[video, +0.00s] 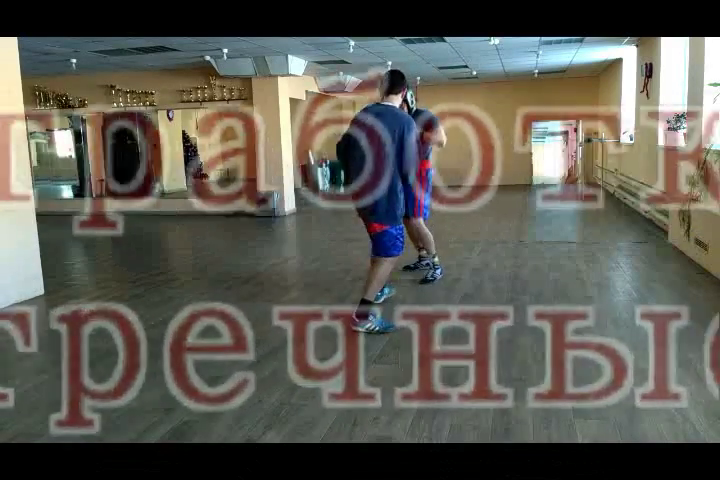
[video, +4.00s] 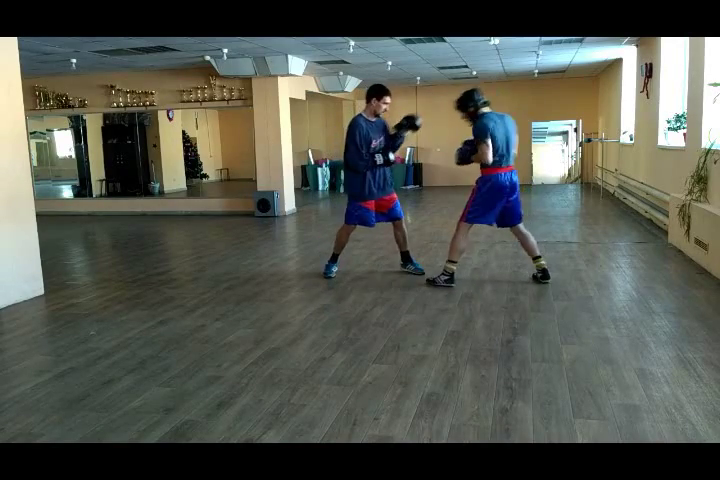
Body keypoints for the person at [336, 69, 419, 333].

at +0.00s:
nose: (403, 97)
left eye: (382, 86)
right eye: (405, 94)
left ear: (381, 89)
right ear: (403, 93)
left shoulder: (364, 114)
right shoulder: (405, 121)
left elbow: (345, 148)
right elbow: (407, 167)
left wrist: (354, 180)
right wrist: (411, 190)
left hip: (362, 191)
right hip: (388, 195)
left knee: (379, 245)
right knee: (389, 254)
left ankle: (376, 289)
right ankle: (364, 312)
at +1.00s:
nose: (391, 102)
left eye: (391, 98)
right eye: (392, 97)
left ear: (369, 92)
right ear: (388, 96)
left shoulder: (351, 116)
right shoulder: (380, 123)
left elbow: (338, 151)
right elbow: (384, 169)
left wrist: (358, 166)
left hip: (350, 188)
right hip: (369, 192)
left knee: (375, 233)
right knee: (363, 248)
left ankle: (374, 280)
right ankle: (335, 302)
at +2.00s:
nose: (376, 102)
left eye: (377, 98)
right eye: (377, 97)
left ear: (356, 93)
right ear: (371, 95)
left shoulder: (345, 116)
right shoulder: (360, 121)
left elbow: (348, 149)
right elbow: (368, 165)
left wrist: (370, 133)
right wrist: (380, 158)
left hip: (357, 190)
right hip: (356, 193)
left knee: (383, 223)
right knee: (354, 239)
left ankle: (386, 271)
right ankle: (325, 288)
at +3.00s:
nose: (368, 106)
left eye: (369, 101)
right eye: (367, 100)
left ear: (356, 100)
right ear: (357, 99)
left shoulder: (358, 122)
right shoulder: (341, 123)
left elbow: (368, 144)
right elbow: (341, 165)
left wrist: (386, 135)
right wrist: (370, 158)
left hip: (363, 187)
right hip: (344, 190)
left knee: (382, 220)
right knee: (336, 232)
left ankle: (389, 262)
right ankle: (316, 273)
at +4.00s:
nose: (387, 108)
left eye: (388, 104)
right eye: (385, 103)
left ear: (376, 102)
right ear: (373, 101)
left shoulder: (381, 123)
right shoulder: (357, 124)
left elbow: (389, 150)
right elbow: (353, 161)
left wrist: (402, 131)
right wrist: (382, 159)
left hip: (383, 183)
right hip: (361, 186)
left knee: (398, 220)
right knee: (350, 225)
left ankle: (406, 260)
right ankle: (333, 261)